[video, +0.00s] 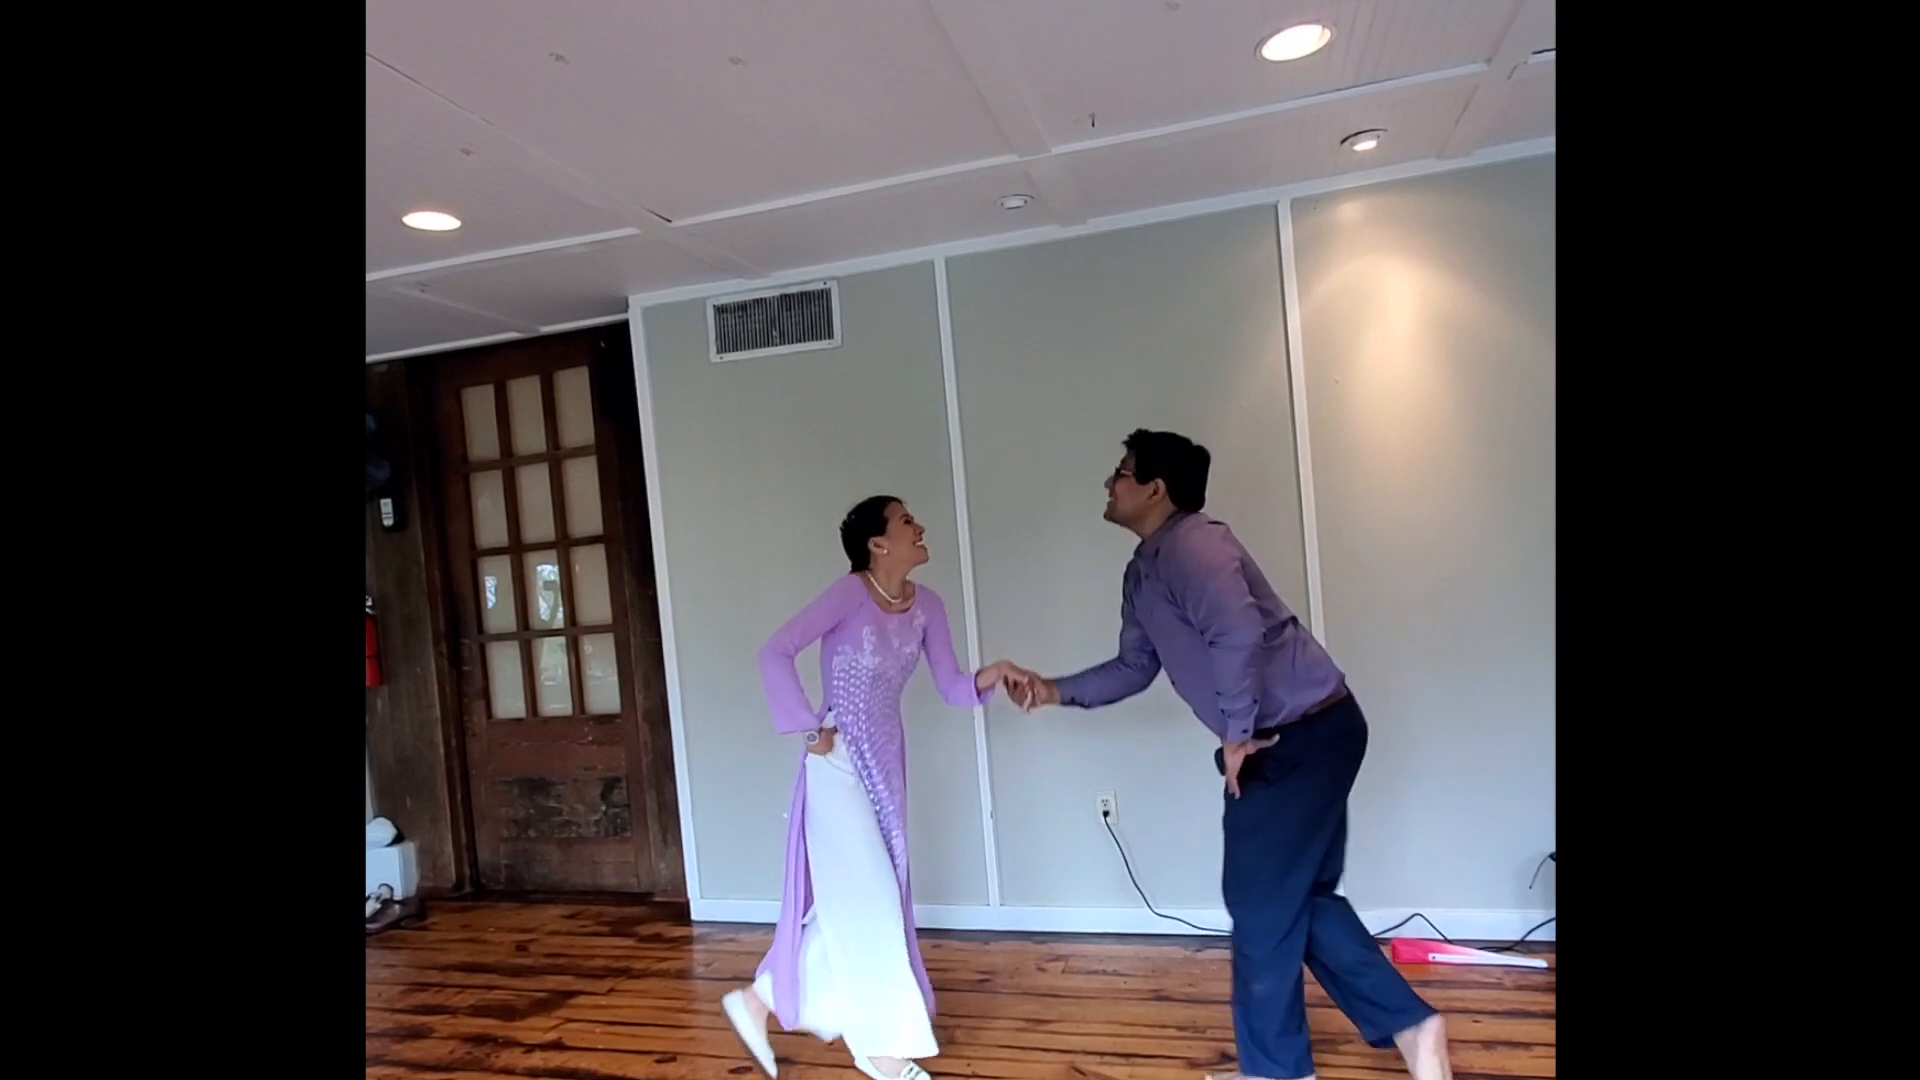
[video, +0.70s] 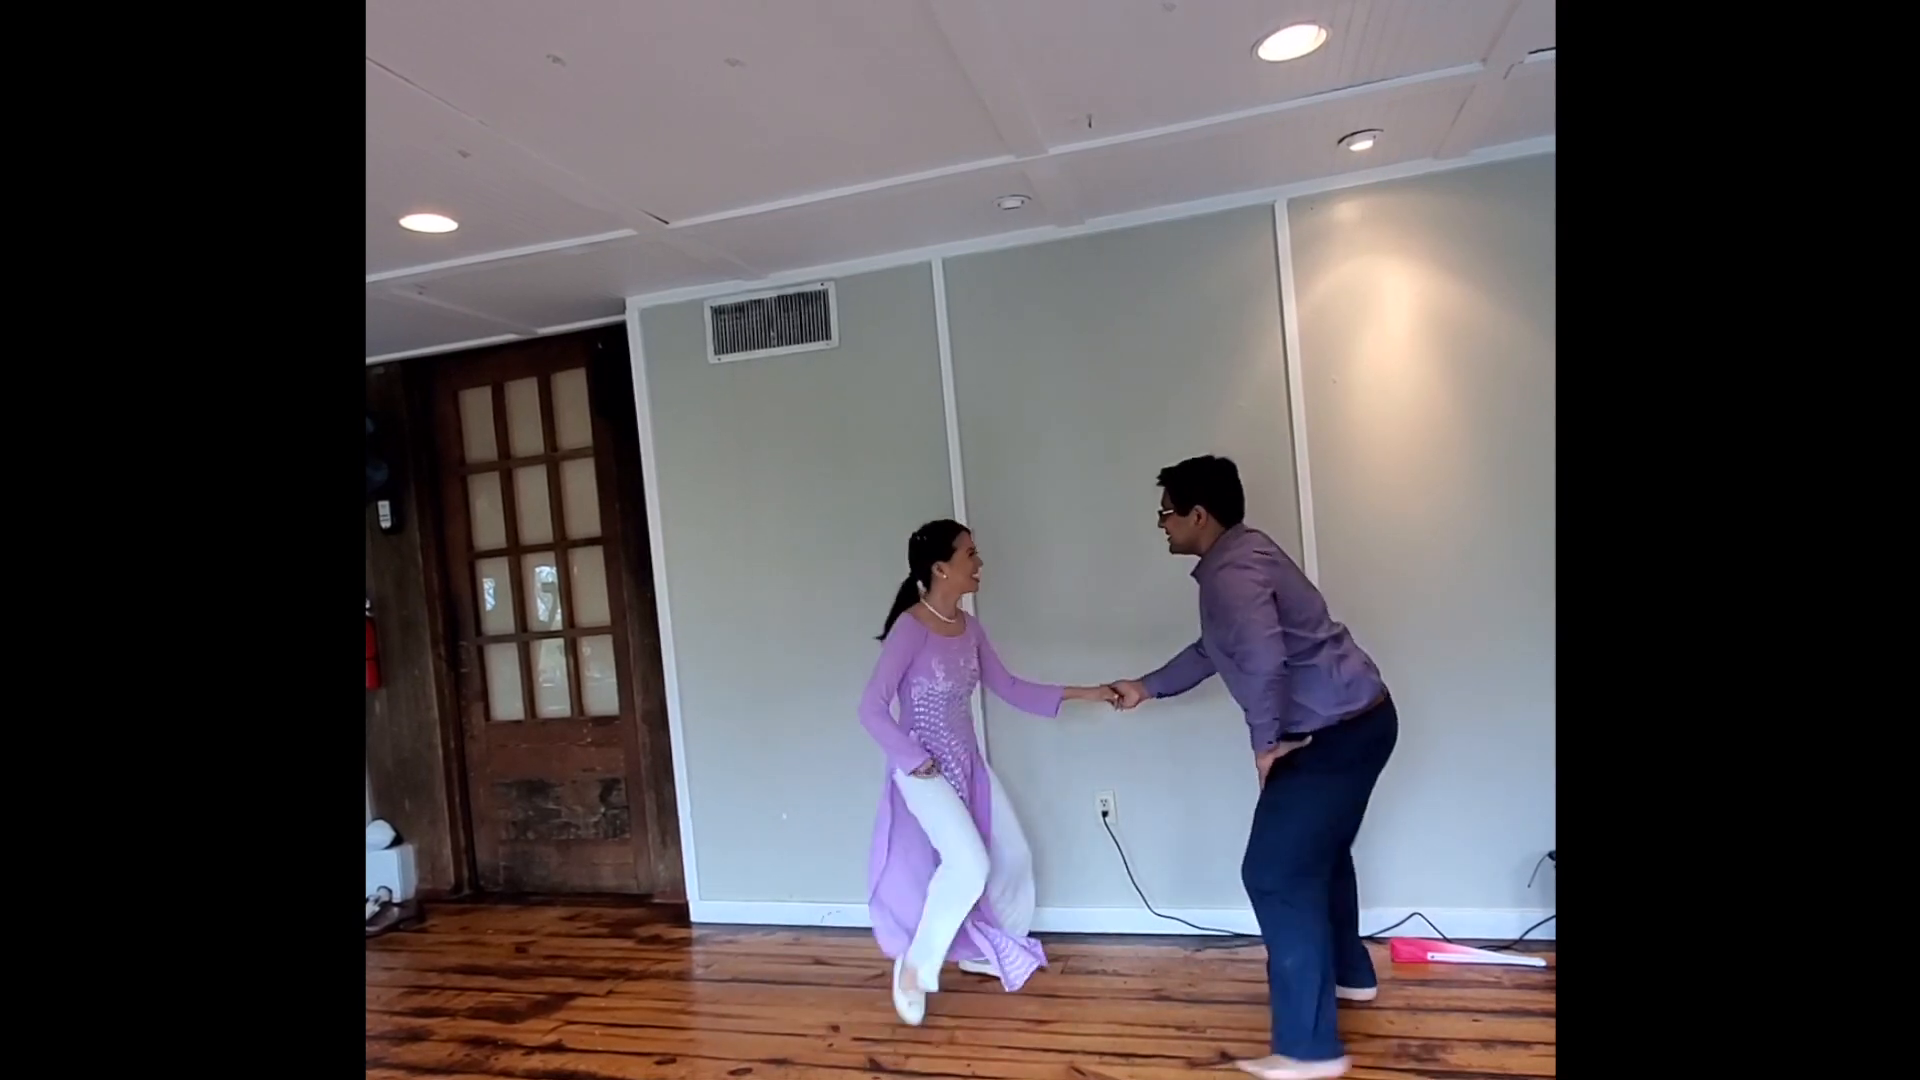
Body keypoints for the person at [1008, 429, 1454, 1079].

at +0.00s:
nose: (1109, 482)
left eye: (1121, 474)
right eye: (1116, 472)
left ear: (1155, 489)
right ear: (1151, 489)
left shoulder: (1192, 542)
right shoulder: (1145, 570)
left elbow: (1237, 628)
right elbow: (1134, 666)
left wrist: (1236, 731)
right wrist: (1054, 690)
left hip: (1297, 733)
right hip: (1299, 732)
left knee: (1259, 901)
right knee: (1300, 894)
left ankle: (1274, 1065)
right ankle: (1411, 1023)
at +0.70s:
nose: (1162, 521)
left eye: (1169, 510)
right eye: (1163, 510)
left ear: (1201, 514)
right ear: (1210, 513)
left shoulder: (1231, 570)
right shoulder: (1240, 553)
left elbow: (1264, 660)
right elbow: (1215, 647)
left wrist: (1266, 742)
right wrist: (1145, 686)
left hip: (1331, 729)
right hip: (1354, 719)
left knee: (1273, 873)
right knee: (1322, 850)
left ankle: (1308, 1046)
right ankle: (1349, 970)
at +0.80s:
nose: (1171, 517)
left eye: (1179, 506)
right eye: (1173, 505)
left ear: (1213, 512)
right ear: (1218, 512)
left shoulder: (1247, 568)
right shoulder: (1235, 562)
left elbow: (1286, 653)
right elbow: (1221, 648)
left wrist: (1275, 736)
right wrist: (1150, 674)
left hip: (1337, 731)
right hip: (1327, 728)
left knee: (1268, 868)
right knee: (1298, 851)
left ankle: (1377, 992)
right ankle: (1337, 967)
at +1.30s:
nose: (1166, 518)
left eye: (1174, 507)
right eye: (1167, 507)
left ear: (1209, 511)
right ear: (1205, 513)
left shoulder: (1285, 555)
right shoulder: (1197, 596)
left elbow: (1372, 609)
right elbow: (1188, 668)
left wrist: (1370, 707)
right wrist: (1120, 701)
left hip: (1340, 722)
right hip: (1275, 731)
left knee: (1297, 844)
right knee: (1270, 848)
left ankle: (1348, 964)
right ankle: (1330, 962)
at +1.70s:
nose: (1181, 515)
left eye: (1192, 501)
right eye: (1176, 506)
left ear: (1235, 500)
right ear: (1181, 516)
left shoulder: (1321, 546)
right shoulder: (1179, 599)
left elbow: (1392, 605)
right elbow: (1133, 667)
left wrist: (1399, 693)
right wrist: (1052, 683)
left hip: (1334, 742)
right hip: (1248, 753)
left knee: (1336, 873)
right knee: (1268, 879)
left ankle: (1312, 997)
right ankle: (1301, 950)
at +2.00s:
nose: (1206, 491)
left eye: (1217, 476)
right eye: (1197, 484)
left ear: (1260, 473)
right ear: (1197, 494)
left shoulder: (1322, 521)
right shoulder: (1199, 555)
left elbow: (1356, 581)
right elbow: (1152, 596)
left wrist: (1364, 658)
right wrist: (1103, 597)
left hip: (1305, 725)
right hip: (1226, 732)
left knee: (1313, 850)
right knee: (1252, 859)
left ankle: (1268, 979)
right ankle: (1281, 962)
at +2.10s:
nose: (1230, 491)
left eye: (1243, 476)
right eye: (1219, 482)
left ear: (1278, 479)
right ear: (1213, 492)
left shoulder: (1319, 533)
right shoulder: (1206, 558)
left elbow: (1333, 615)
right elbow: (1162, 644)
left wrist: (1331, 688)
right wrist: (1189, 624)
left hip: (1298, 735)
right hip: (1220, 743)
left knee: (1302, 866)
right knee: (1239, 873)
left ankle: (1261, 991)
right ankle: (1266, 959)